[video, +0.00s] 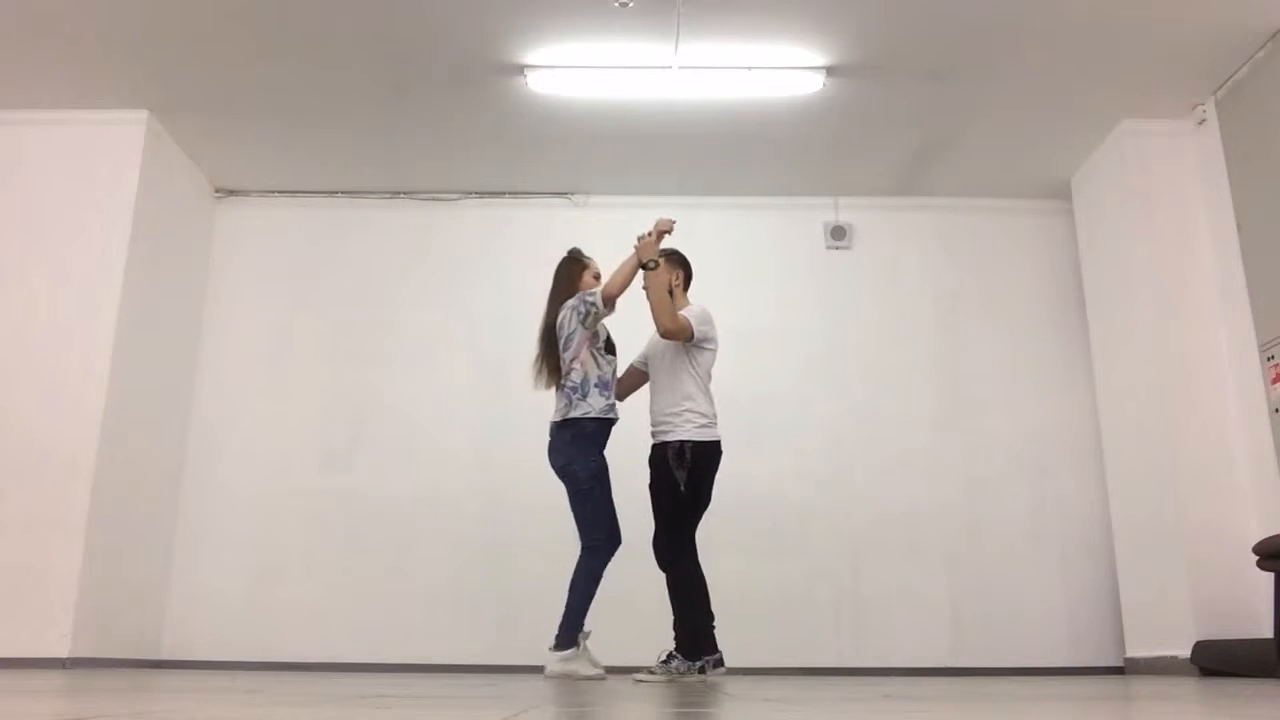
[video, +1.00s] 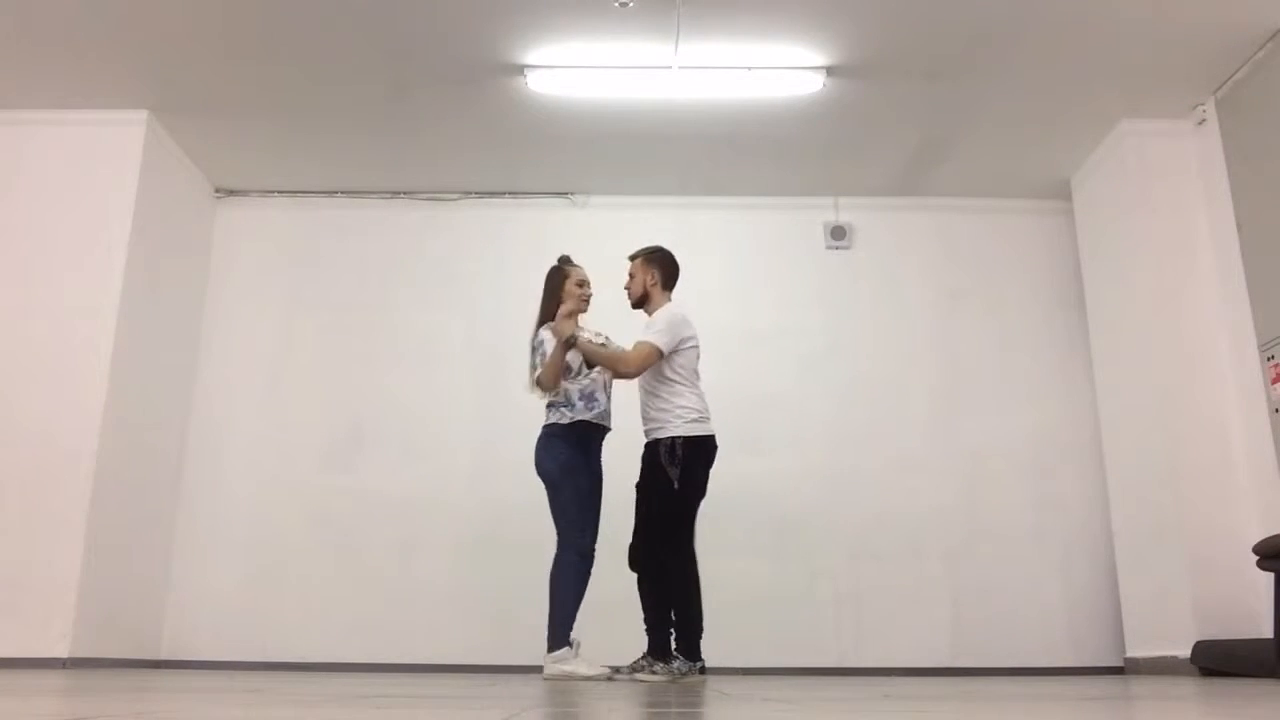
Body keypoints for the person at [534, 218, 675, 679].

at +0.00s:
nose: (602, 284)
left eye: (601, 277)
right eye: (593, 277)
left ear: (585, 282)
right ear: (572, 280)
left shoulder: (583, 318)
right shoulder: (573, 313)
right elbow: (611, 290)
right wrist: (643, 250)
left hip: (585, 437)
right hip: (575, 438)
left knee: (607, 539)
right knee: (598, 542)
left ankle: (571, 641)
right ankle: (564, 649)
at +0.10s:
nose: (602, 282)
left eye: (601, 275)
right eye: (594, 275)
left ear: (587, 281)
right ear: (574, 278)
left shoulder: (582, 317)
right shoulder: (575, 312)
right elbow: (614, 288)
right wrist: (648, 246)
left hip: (578, 441)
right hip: (572, 442)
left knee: (592, 543)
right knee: (595, 542)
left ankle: (566, 645)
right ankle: (562, 649)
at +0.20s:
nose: (604, 280)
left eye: (603, 273)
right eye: (596, 273)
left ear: (587, 278)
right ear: (575, 276)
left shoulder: (586, 314)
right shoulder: (576, 309)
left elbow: (620, 293)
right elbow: (616, 287)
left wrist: (648, 252)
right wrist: (650, 245)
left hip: (578, 440)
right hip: (571, 440)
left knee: (585, 542)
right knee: (583, 543)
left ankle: (558, 643)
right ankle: (559, 651)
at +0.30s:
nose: (605, 275)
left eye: (603, 268)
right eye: (598, 269)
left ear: (579, 278)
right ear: (582, 275)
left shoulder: (582, 314)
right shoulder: (579, 308)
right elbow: (618, 285)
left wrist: (646, 248)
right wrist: (648, 246)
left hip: (574, 438)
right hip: (577, 440)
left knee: (576, 540)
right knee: (585, 543)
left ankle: (534, 636)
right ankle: (561, 650)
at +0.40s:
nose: (605, 280)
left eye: (603, 275)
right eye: (598, 274)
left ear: (577, 279)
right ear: (582, 278)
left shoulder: (582, 319)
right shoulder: (579, 309)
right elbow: (616, 286)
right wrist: (644, 244)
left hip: (571, 442)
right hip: (581, 442)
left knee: (569, 545)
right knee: (594, 549)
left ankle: (515, 635)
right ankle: (563, 651)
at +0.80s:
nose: (595, 281)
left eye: (594, 276)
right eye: (589, 275)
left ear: (577, 286)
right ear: (573, 282)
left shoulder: (592, 336)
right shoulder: (559, 321)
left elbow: (624, 384)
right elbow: (578, 336)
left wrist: (662, 358)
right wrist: (595, 285)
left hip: (582, 444)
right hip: (567, 443)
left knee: (594, 548)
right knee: (590, 547)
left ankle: (538, 636)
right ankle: (561, 651)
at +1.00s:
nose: (587, 291)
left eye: (588, 286)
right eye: (579, 285)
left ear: (585, 293)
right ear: (559, 290)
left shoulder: (589, 336)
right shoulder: (546, 333)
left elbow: (621, 367)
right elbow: (547, 383)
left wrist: (600, 350)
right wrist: (563, 341)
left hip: (588, 444)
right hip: (563, 442)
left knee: (582, 546)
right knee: (573, 545)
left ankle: (562, 648)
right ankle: (558, 650)